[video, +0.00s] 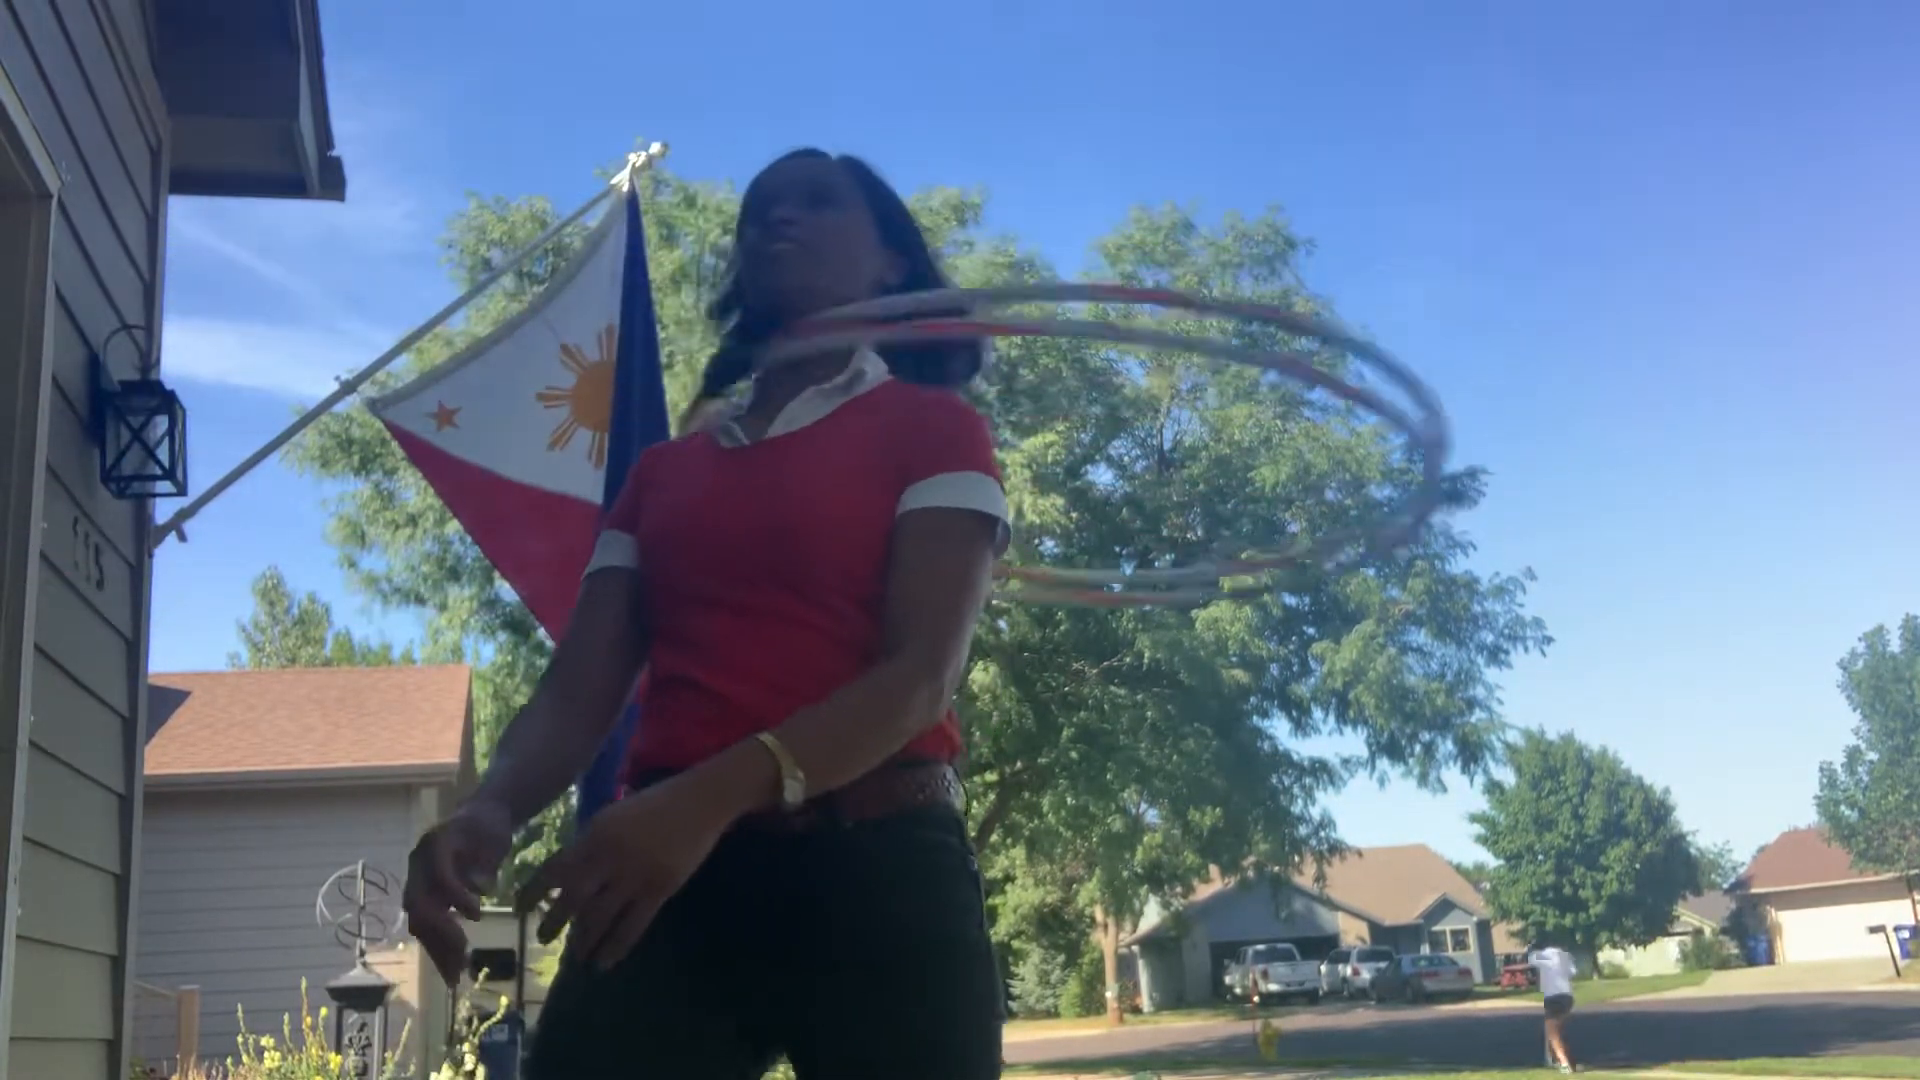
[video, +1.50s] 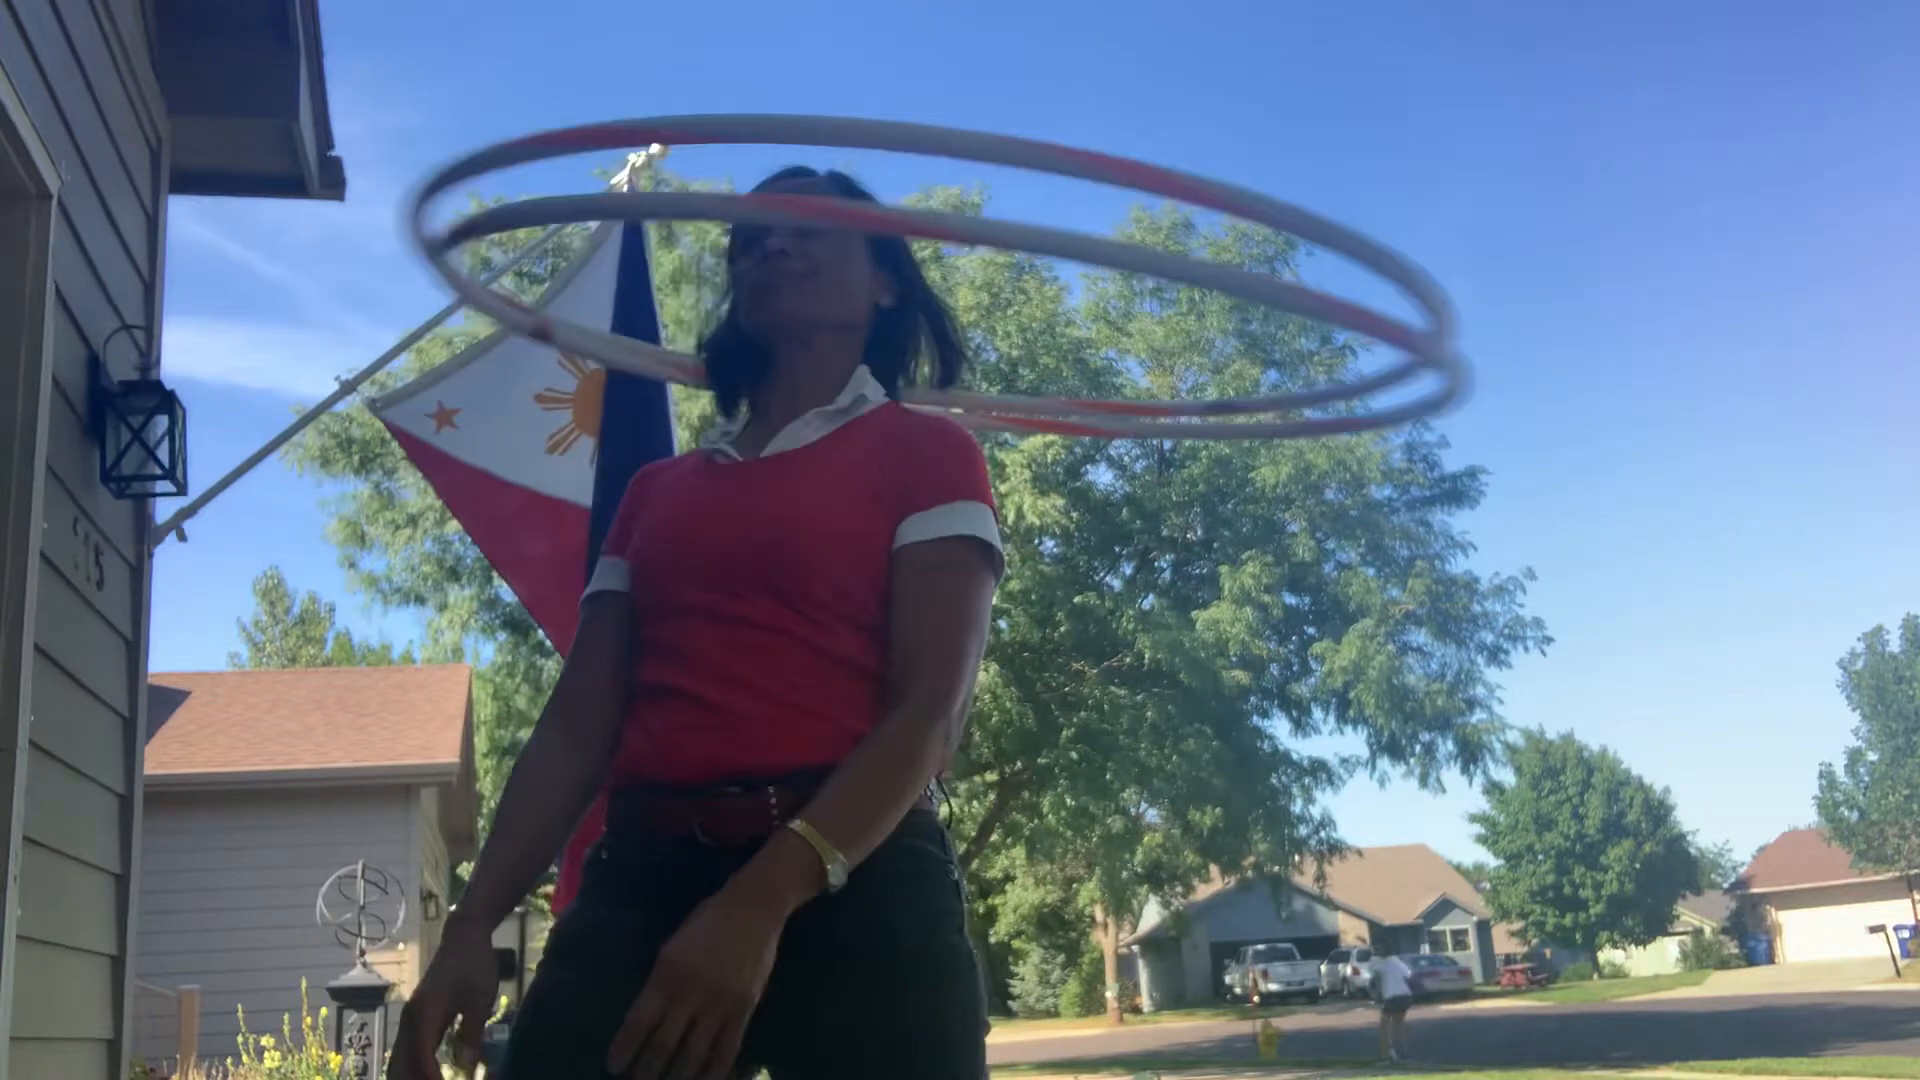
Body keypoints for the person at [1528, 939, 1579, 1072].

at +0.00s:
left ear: (1543, 947)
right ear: (1555, 945)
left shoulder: (1545, 957)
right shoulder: (1565, 956)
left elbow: (1531, 960)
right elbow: (1573, 971)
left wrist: (1531, 949)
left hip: (1552, 995)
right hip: (1567, 994)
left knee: (1553, 1032)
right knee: (1555, 1030)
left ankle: (1565, 1064)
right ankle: (1557, 1060)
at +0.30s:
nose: (1506, 949)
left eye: (1507, 947)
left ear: (1507, 946)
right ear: (1521, 946)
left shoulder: (1507, 957)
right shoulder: (1530, 957)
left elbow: (1502, 972)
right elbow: (1541, 975)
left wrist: (1503, 982)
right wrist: (1529, 977)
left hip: (1517, 991)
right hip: (1532, 990)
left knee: (1525, 1024)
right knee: (1526, 1024)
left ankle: (1540, 1046)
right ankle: (1532, 1056)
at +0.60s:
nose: (1478, 952)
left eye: (1477, 950)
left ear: (1479, 949)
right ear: (1492, 948)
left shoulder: (1477, 959)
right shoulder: (1499, 959)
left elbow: (1471, 973)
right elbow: (1509, 974)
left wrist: (1474, 984)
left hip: (1485, 991)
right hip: (1500, 991)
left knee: (1483, 1026)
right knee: (1497, 1023)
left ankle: (1491, 1055)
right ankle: (1501, 1055)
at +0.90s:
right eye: (1456, 949)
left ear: (1443, 952)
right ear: (1456, 951)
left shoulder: (1442, 963)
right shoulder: (1463, 962)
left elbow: (1438, 979)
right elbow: (1472, 978)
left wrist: (1438, 985)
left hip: (1454, 998)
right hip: (1469, 997)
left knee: (1455, 1028)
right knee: (1464, 1026)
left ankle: (1458, 1057)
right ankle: (1467, 1054)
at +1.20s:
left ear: (1412, 948)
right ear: (1424, 947)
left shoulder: (1408, 959)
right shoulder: (1433, 959)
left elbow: (1407, 974)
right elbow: (1439, 976)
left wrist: (1406, 986)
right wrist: (1437, 985)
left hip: (1417, 992)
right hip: (1433, 991)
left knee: (1426, 1021)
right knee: (1428, 1021)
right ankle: (1425, 1049)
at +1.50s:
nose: (1376, 952)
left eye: (1377, 949)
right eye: (1375, 949)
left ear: (1380, 951)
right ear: (1390, 949)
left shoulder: (1376, 963)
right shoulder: (1395, 960)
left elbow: (1372, 980)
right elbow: (1408, 973)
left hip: (1390, 996)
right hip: (1405, 994)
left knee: (1385, 1023)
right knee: (1400, 1022)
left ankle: (1388, 1051)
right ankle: (1403, 1050)